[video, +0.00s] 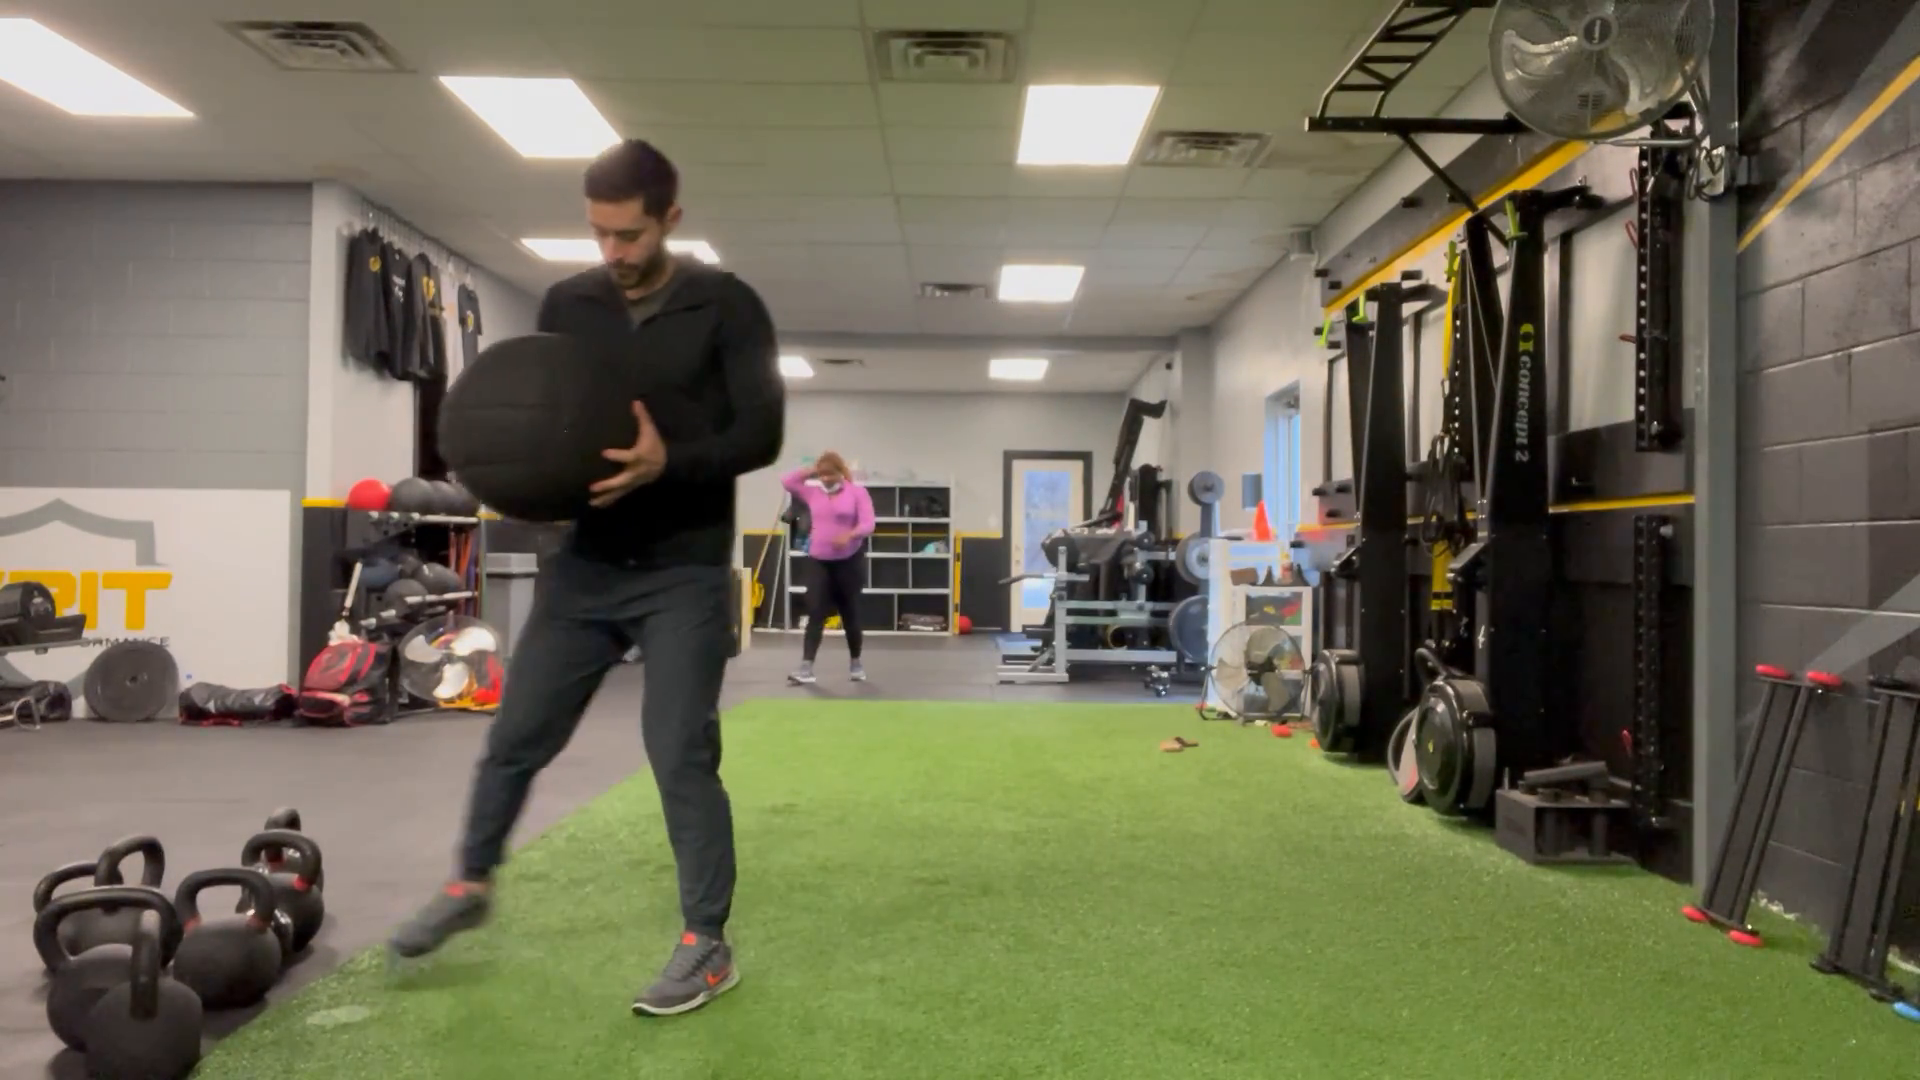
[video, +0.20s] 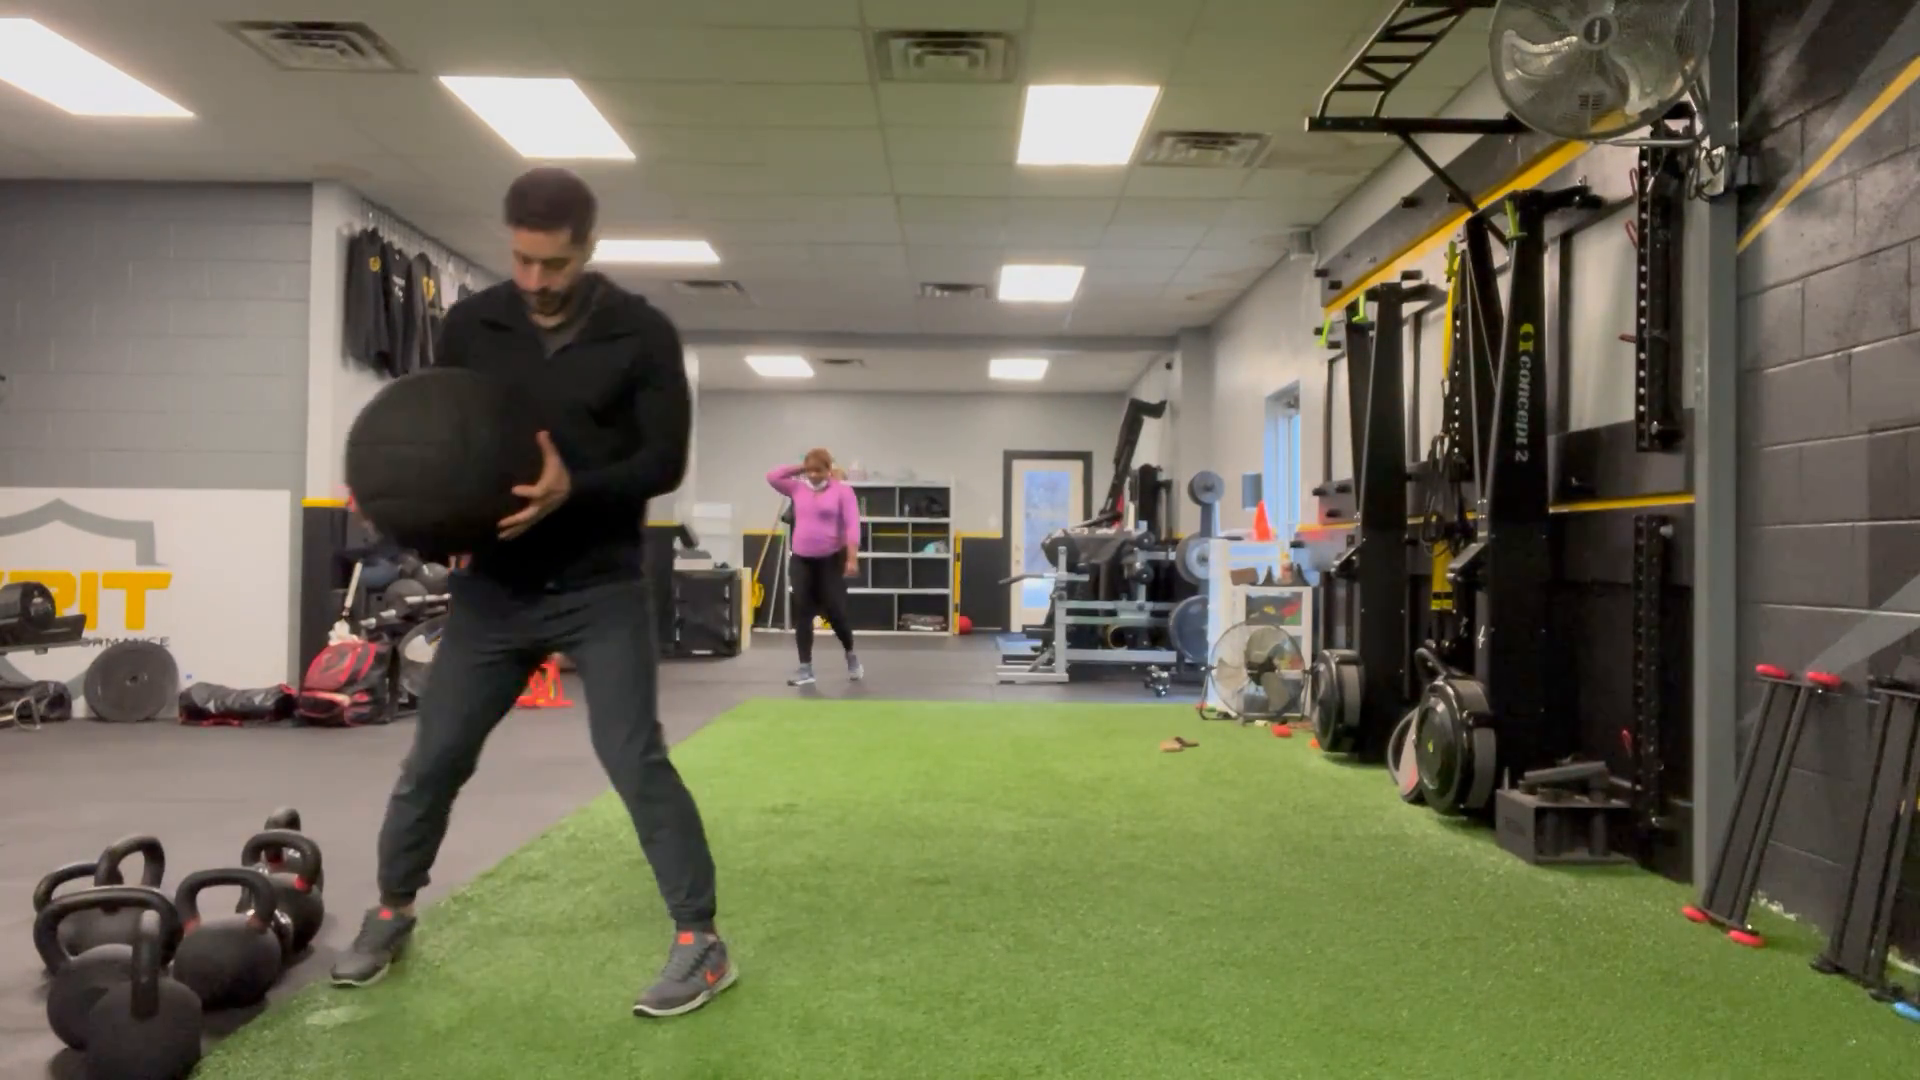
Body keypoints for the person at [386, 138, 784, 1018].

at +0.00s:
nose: (615, 253)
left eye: (632, 235)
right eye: (601, 235)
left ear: (671, 216)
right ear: (587, 222)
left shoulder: (727, 306)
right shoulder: (570, 306)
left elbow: (762, 437)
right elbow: (548, 419)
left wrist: (673, 458)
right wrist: (514, 467)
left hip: (685, 573)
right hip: (581, 569)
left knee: (681, 751)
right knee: (513, 738)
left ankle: (705, 940)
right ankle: (469, 886)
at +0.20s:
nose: (533, 280)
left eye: (552, 264)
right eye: (521, 261)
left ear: (589, 248)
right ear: (506, 243)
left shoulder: (642, 334)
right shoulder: (471, 325)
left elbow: (666, 464)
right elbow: (440, 445)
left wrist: (575, 485)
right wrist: (399, 496)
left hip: (602, 589)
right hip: (492, 591)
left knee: (632, 757)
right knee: (434, 759)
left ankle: (699, 938)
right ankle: (393, 910)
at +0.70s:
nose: (445, 294)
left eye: (464, 275)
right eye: (429, 275)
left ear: (496, 256)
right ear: (407, 256)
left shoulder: (549, 341)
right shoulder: (376, 335)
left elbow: (593, 470)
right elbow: (372, 433)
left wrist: (486, 514)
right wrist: (352, 514)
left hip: (535, 585)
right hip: (422, 593)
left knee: (563, 751)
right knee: (393, 760)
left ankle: (601, 923)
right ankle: (384, 916)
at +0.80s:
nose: (444, 295)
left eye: (462, 276)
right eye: (427, 276)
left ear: (493, 257)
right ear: (404, 259)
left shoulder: (546, 342)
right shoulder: (371, 338)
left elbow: (591, 471)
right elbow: (365, 440)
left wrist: (482, 515)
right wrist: (351, 518)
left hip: (534, 586)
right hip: (420, 594)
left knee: (560, 751)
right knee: (394, 760)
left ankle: (601, 921)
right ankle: (385, 916)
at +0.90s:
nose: (449, 299)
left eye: (467, 280)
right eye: (433, 280)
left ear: (497, 262)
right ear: (409, 261)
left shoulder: (548, 345)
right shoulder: (375, 340)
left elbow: (592, 475)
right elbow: (366, 438)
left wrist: (483, 518)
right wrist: (354, 518)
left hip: (537, 586)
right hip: (425, 594)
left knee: (560, 745)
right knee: (398, 764)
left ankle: (603, 915)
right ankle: (385, 917)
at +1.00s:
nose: (467, 299)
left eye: (484, 281)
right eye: (451, 279)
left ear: (512, 263)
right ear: (427, 263)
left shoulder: (562, 347)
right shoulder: (389, 342)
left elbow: (602, 476)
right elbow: (381, 447)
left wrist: (494, 522)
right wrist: (373, 535)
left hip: (549, 586)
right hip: (437, 595)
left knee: (568, 745)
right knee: (408, 765)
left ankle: (611, 918)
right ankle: (386, 915)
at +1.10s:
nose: (497, 301)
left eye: (514, 284)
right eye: (481, 282)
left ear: (543, 267)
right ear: (457, 263)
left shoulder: (590, 347)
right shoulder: (419, 342)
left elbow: (625, 483)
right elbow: (405, 455)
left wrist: (511, 528)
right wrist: (397, 536)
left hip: (570, 586)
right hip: (462, 593)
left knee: (582, 746)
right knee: (428, 762)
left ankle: (623, 925)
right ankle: (389, 914)